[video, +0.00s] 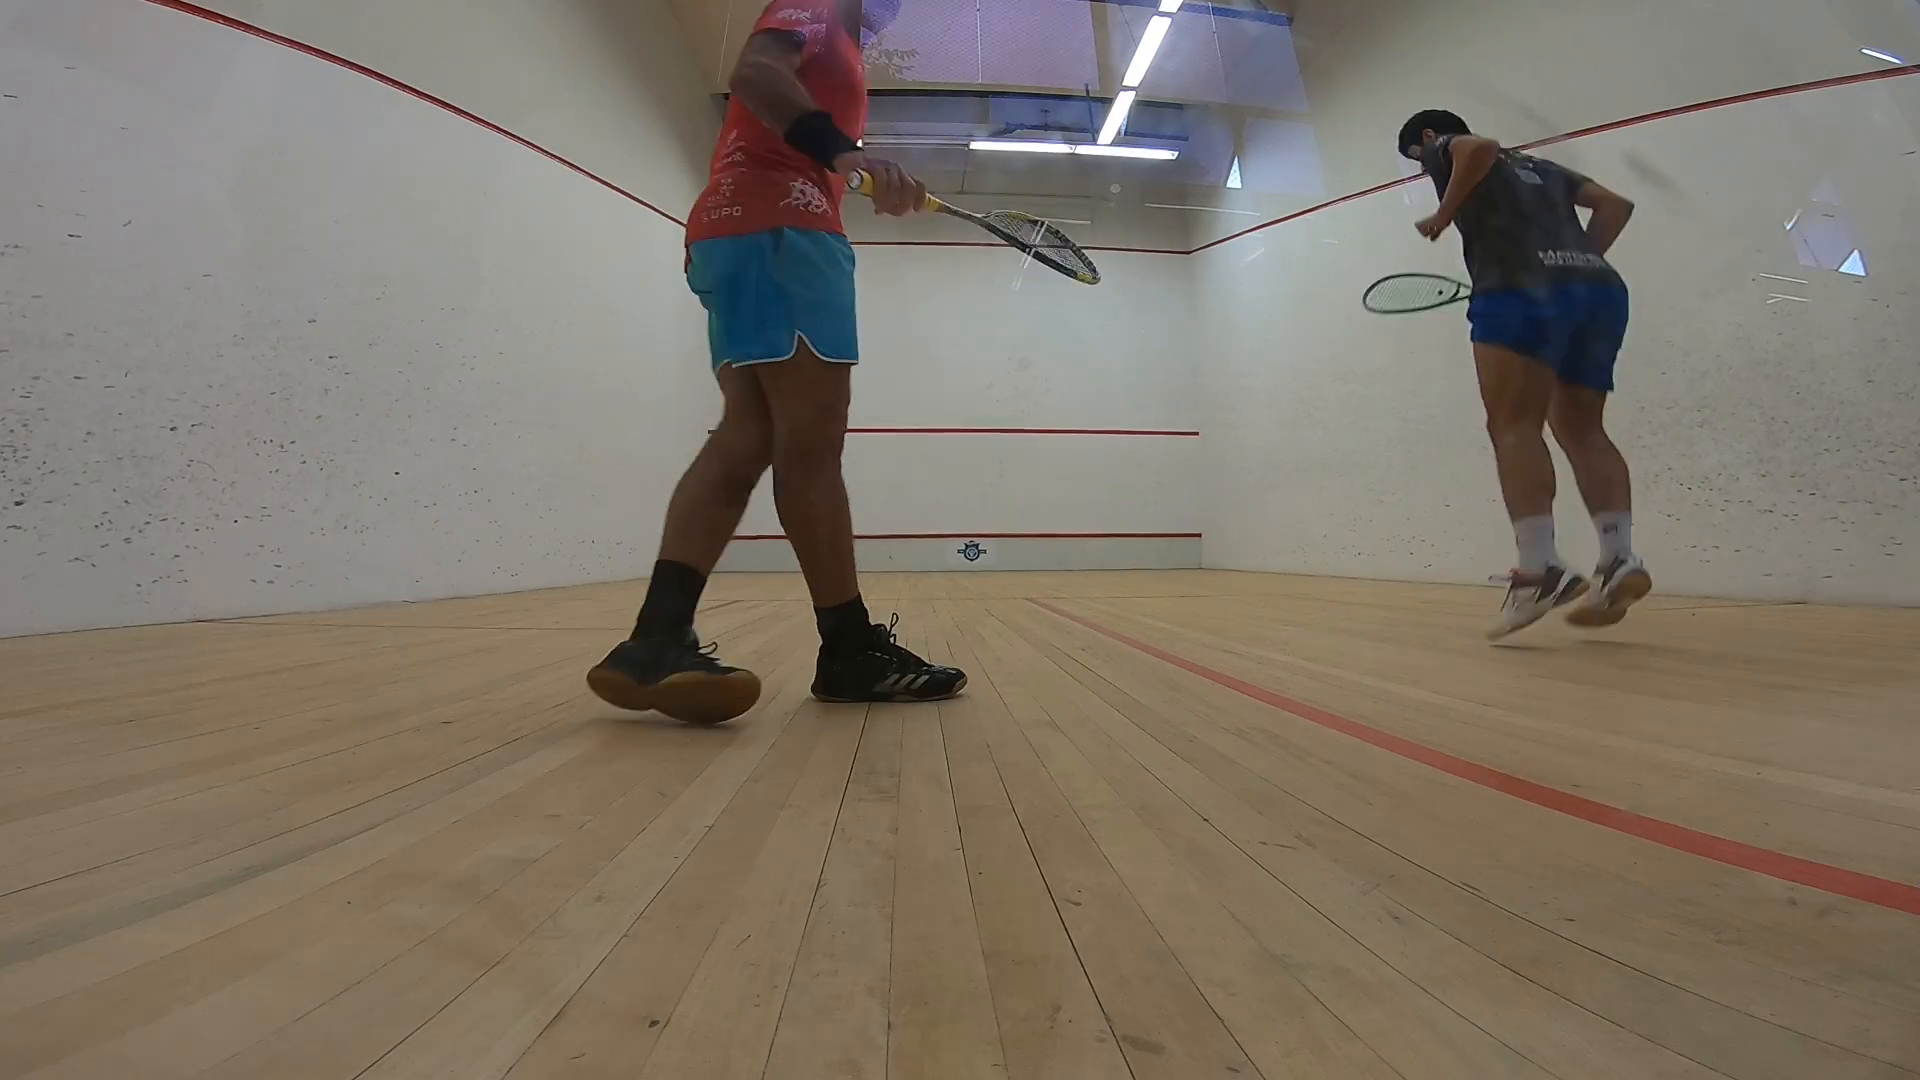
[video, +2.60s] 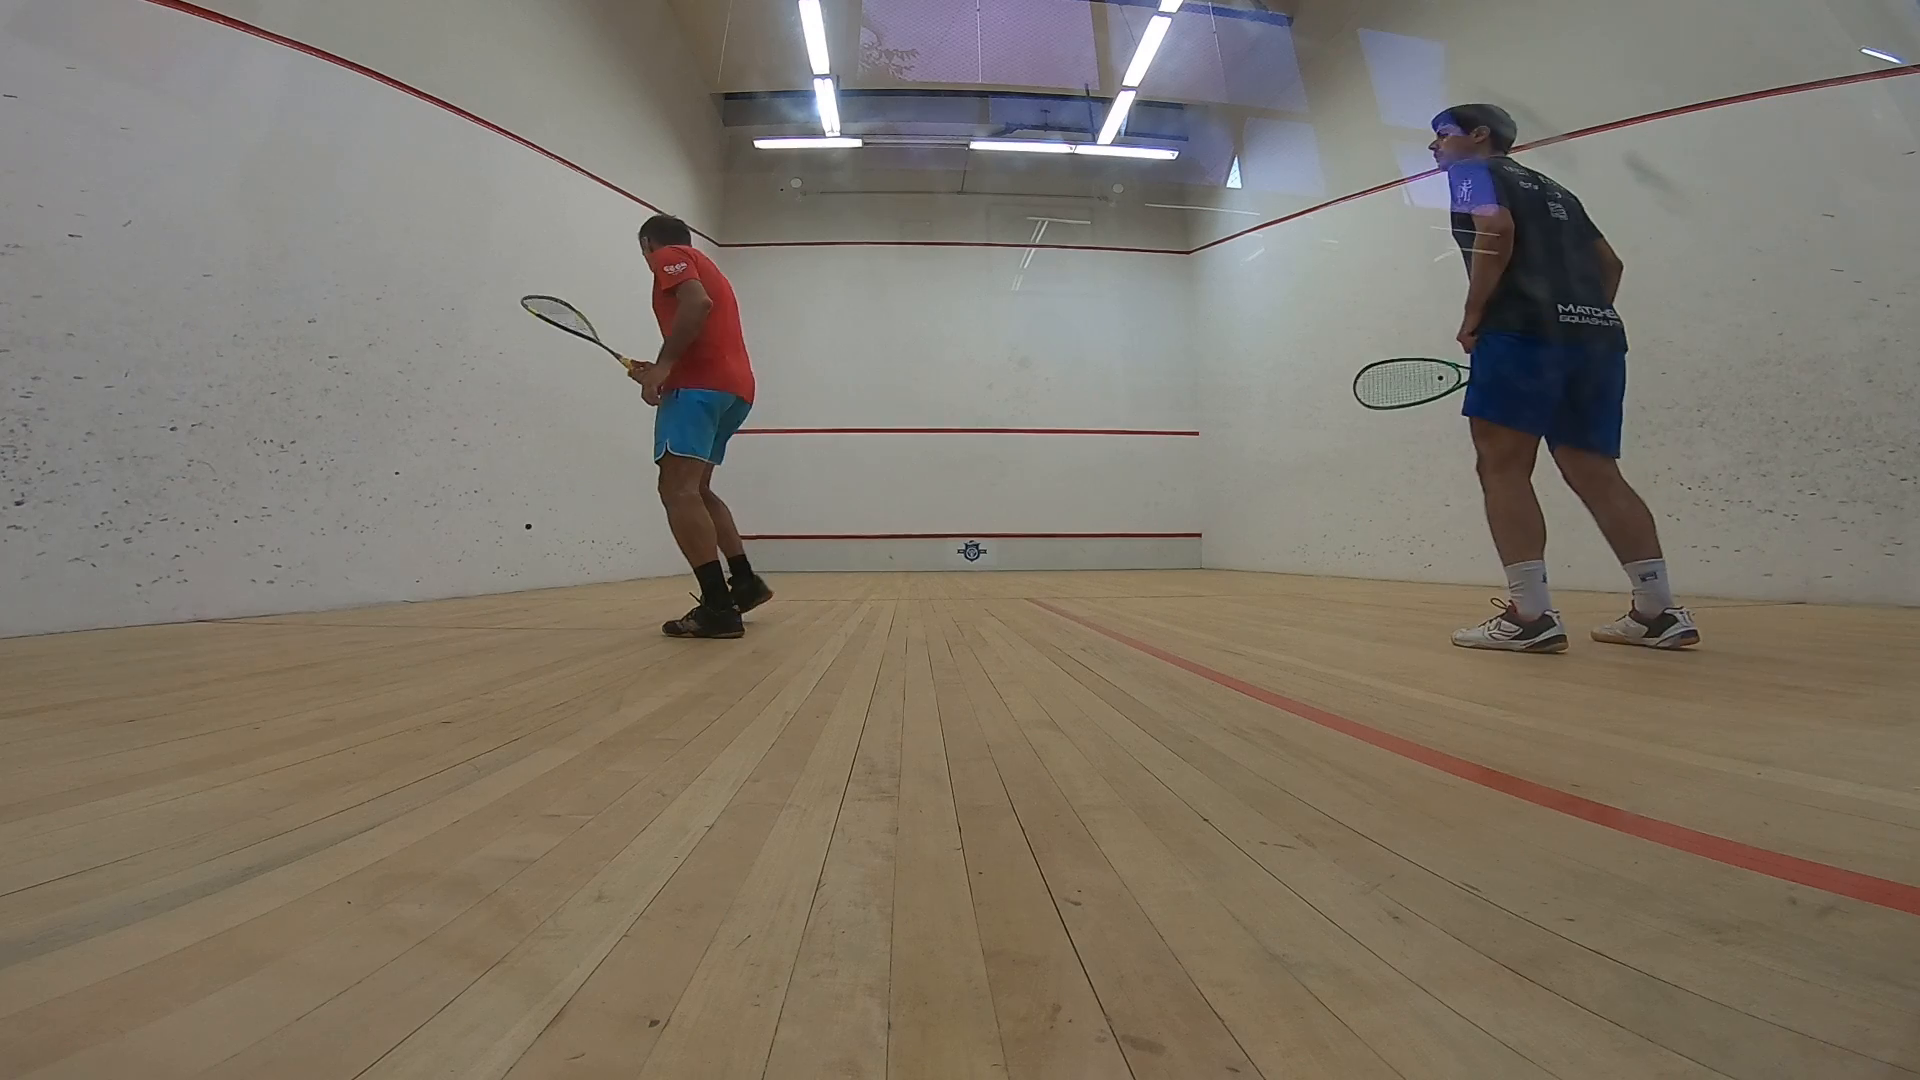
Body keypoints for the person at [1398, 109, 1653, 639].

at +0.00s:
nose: (1419, 161)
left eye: (1416, 153)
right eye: (1415, 157)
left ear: (1429, 137)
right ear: (1463, 125)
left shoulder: (1445, 150)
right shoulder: (1535, 165)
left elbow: (1481, 148)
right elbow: (1615, 206)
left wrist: (1442, 214)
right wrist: (1579, 267)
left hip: (1521, 288)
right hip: (1598, 290)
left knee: (1513, 426)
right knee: (1579, 424)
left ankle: (1537, 571)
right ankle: (1620, 562)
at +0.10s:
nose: (1419, 174)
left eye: (1411, 164)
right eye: (1412, 170)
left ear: (1418, 144)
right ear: (1444, 128)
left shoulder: (1437, 143)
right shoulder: (1530, 156)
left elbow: (1481, 145)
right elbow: (1618, 205)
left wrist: (1441, 213)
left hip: (1539, 251)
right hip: (1616, 255)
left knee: (1462, 374)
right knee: (1525, 369)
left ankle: (1579, 438)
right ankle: (1612, 411)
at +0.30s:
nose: (1423, 193)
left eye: (1418, 183)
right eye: (1418, 187)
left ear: (1426, 166)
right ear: (1446, 162)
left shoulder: (1445, 166)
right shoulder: (1533, 185)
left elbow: (1468, 124)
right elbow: (1626, 208)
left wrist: (1473, 194)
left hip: (1555, 273)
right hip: (1632, 271)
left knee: (1483, 400)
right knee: (1541, 393)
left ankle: (1564, 519)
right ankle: (1637, 462)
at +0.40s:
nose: (1429, 204)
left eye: (1429, 193)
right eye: (1426, 196)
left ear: (1443, 180)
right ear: (1471, 171)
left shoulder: (1458, 195)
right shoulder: (1540, 213)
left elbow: (1517, 185)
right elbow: (1630, 256)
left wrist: (1495, 268)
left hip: (1553, 329)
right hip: (1623, 328)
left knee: (1521, 473)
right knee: (1589, 473)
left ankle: (1581, 610)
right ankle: (1674, 596)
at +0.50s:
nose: (1438, 209)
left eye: (1439, 198)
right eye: (1436, 201)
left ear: (1458, 190)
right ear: (1493, 191)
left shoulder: (1465, 216)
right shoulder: (1540, 227)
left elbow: (1509, 243)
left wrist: (1475, 324)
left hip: (1552, 359)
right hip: (1628, 355)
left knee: (1506, 489)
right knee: (1575, 495)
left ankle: (1582, 609)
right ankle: (1672, 610)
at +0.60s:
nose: (1436, 176)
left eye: (1437, 167)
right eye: (1435, 168)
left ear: (1457, 158)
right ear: (1492, 161)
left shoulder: (1461, 182)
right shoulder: (1547, 201)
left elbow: (1491, 210)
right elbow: (1610, 269)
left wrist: (1458, 275)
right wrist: (1577, 333)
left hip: (1534, 340)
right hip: (1607, 338)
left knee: (1522, 472)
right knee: (1583, 467)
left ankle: (1579, 605)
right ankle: (1663, 590)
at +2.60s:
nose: (1436, 144)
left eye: (1445, 134)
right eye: (1437, 136)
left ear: (1480, 136)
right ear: (1494, 141)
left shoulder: (1471, 169)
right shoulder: (1552, 190)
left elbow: (1496, 227)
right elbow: (1608, 263)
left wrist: (1472, 315)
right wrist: (1584, 331)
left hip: (1523, 336)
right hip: (1595, 339)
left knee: (1502, 466)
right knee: (1590, 467)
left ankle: (1530, 614)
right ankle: (1657, 611)